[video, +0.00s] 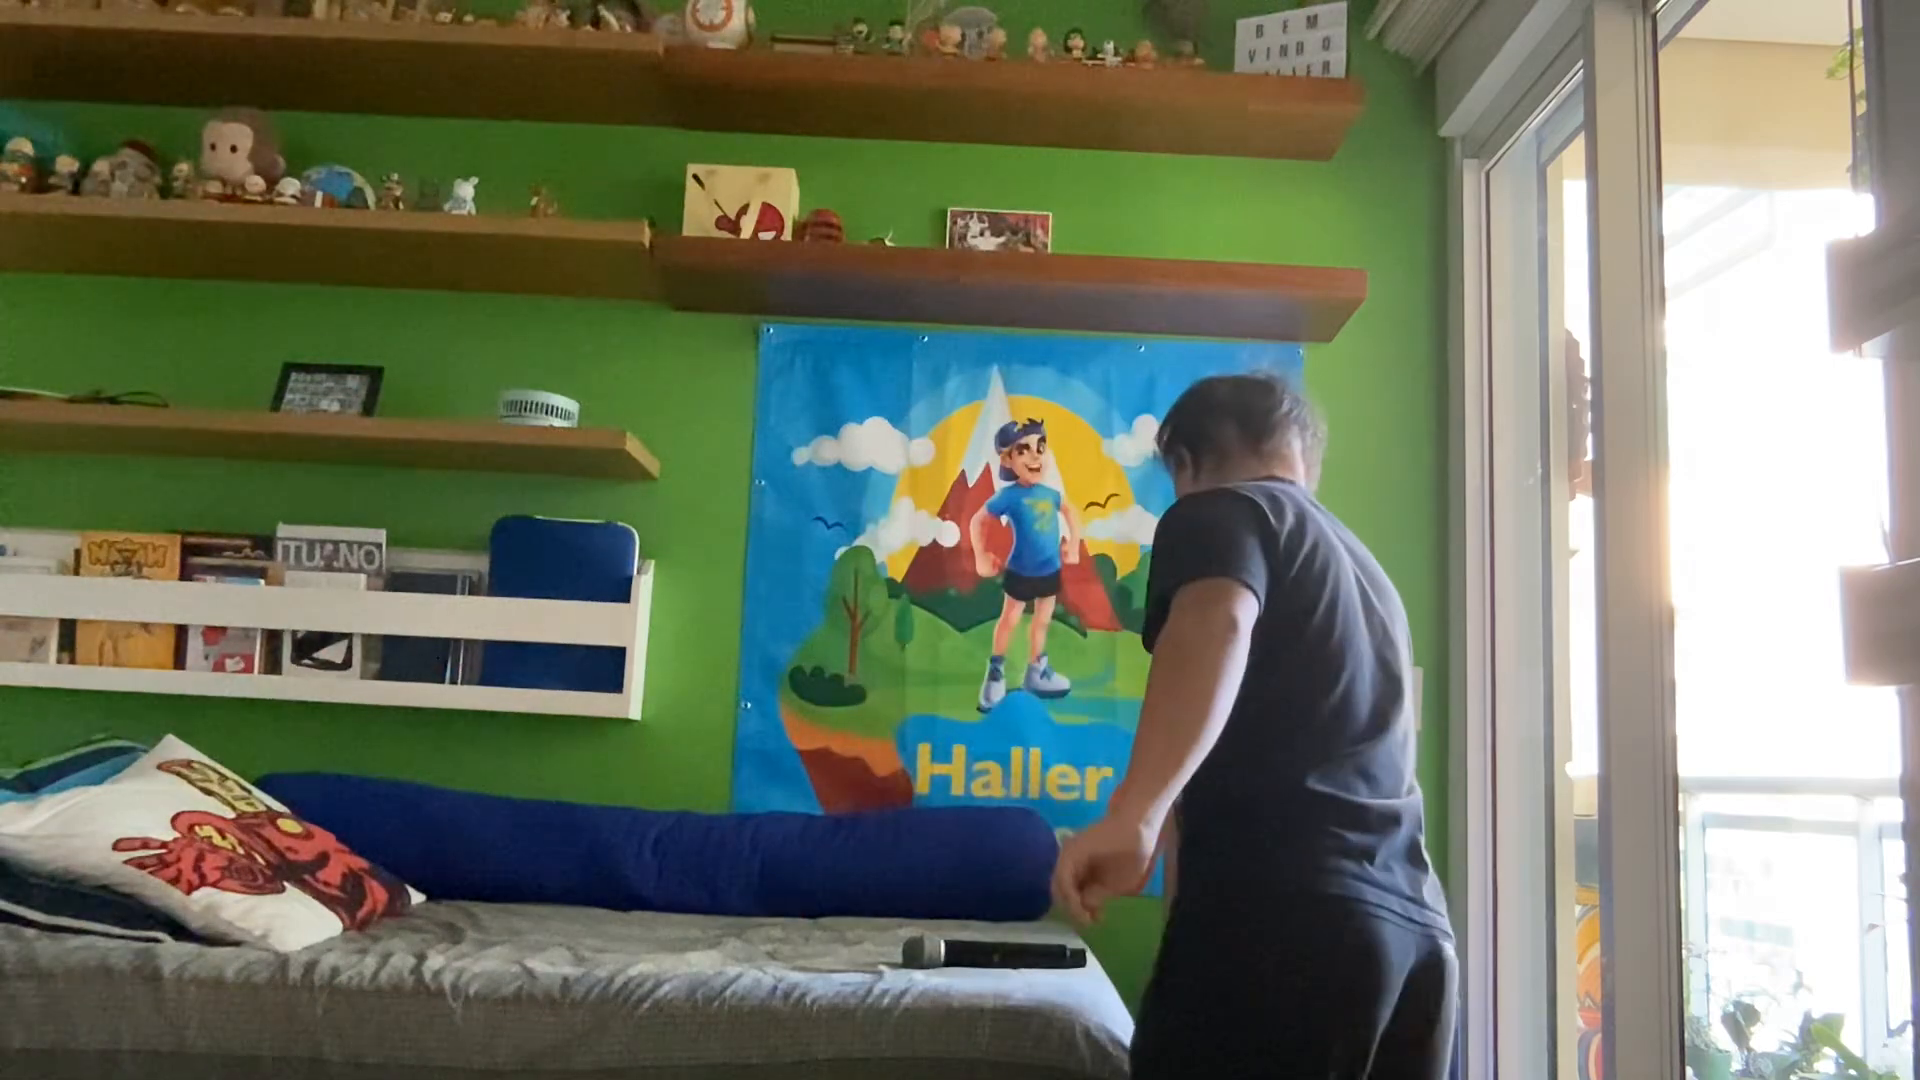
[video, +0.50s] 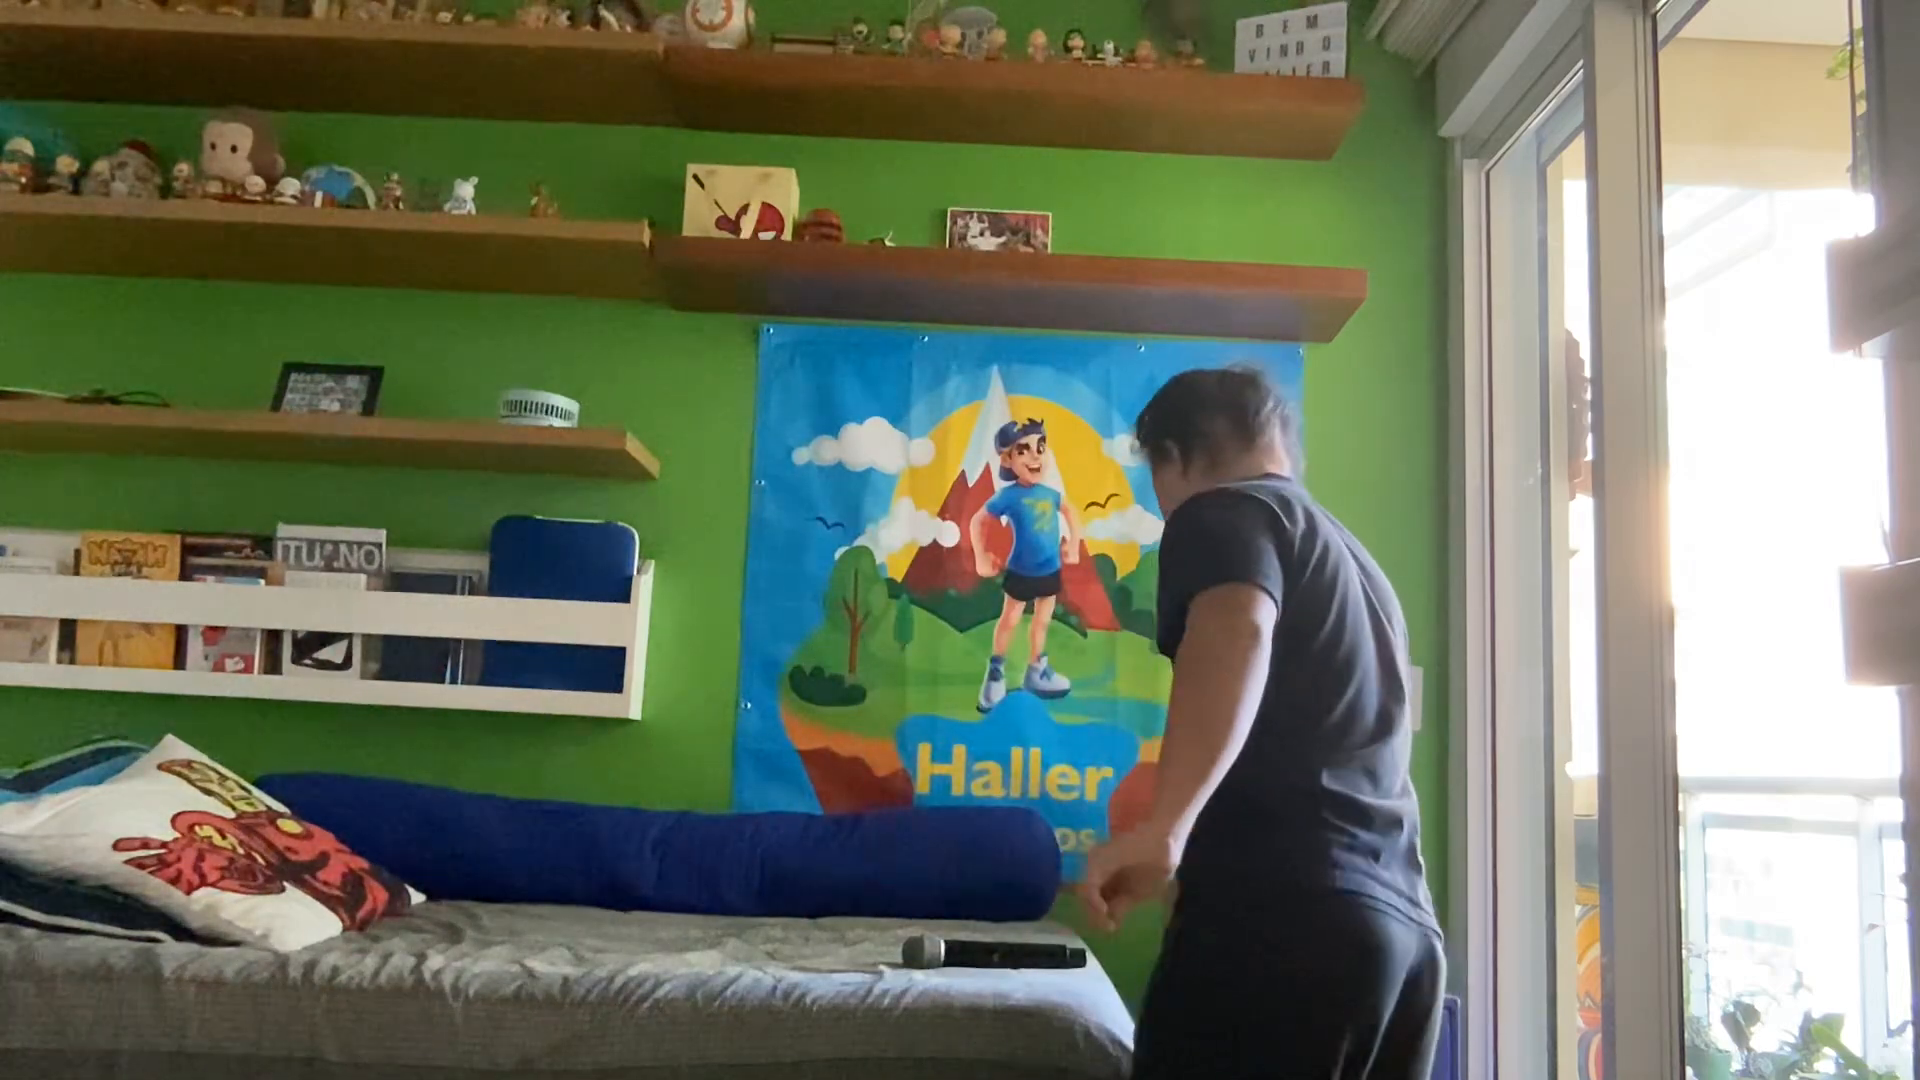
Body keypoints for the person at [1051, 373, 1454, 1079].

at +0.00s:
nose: (1179, 497)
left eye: (1176, 479)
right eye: (1176, 481)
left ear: (1188, 458)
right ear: (1303, 466)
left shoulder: (1224, 508)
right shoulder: (1371, 573)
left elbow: (1218, 620)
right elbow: (1366, 751)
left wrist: (1130, 817)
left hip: (1285, 922)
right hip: (1422, 940)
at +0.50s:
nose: (1162, 502)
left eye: (1158, 479)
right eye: (1157, 484)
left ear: (1180, 456)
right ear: (1281, 450)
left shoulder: (1228, 509)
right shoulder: (1363, 565)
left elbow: (1238, 626)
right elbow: (1394, 723)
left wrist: (1163, 826)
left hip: (1287, 920)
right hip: (1409, 937)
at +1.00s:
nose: (1090, 520)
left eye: (1084, 491)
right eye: (1079, 497)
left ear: (1140, 458)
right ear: (1212, 451)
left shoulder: (1182, 512)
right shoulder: (1300, 560)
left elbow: (1213, 618)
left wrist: (1162, 811)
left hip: (1259, 920)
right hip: (1373, 940)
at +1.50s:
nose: (897, 334)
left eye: (931, 301)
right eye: (879, 311)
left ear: (1028, 318)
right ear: (862, 327)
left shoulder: (1029, 448)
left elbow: (1147, 704)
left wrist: (1192, 969)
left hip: (1049, 968)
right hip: (998, 963)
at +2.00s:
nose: (878, 269)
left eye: (909, 243)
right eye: (842, 242)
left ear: (949, 271)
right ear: (780, 261)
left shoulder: (1003, 478)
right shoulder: (687, 468)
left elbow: (1048, 737)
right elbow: (576, 674)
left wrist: (1013, 969)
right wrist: (443, 842)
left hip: (953, 971)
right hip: (751, 965)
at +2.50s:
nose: (933, 325)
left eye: (959, 303)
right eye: (896, 296)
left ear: (985, 329)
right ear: (833, 302)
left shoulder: (1004, 524)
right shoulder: (741, 462)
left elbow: (1032, 736)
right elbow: (659, 664)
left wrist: (1066, 927)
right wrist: (822, 797)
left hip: (973, 986)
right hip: (778, 982)